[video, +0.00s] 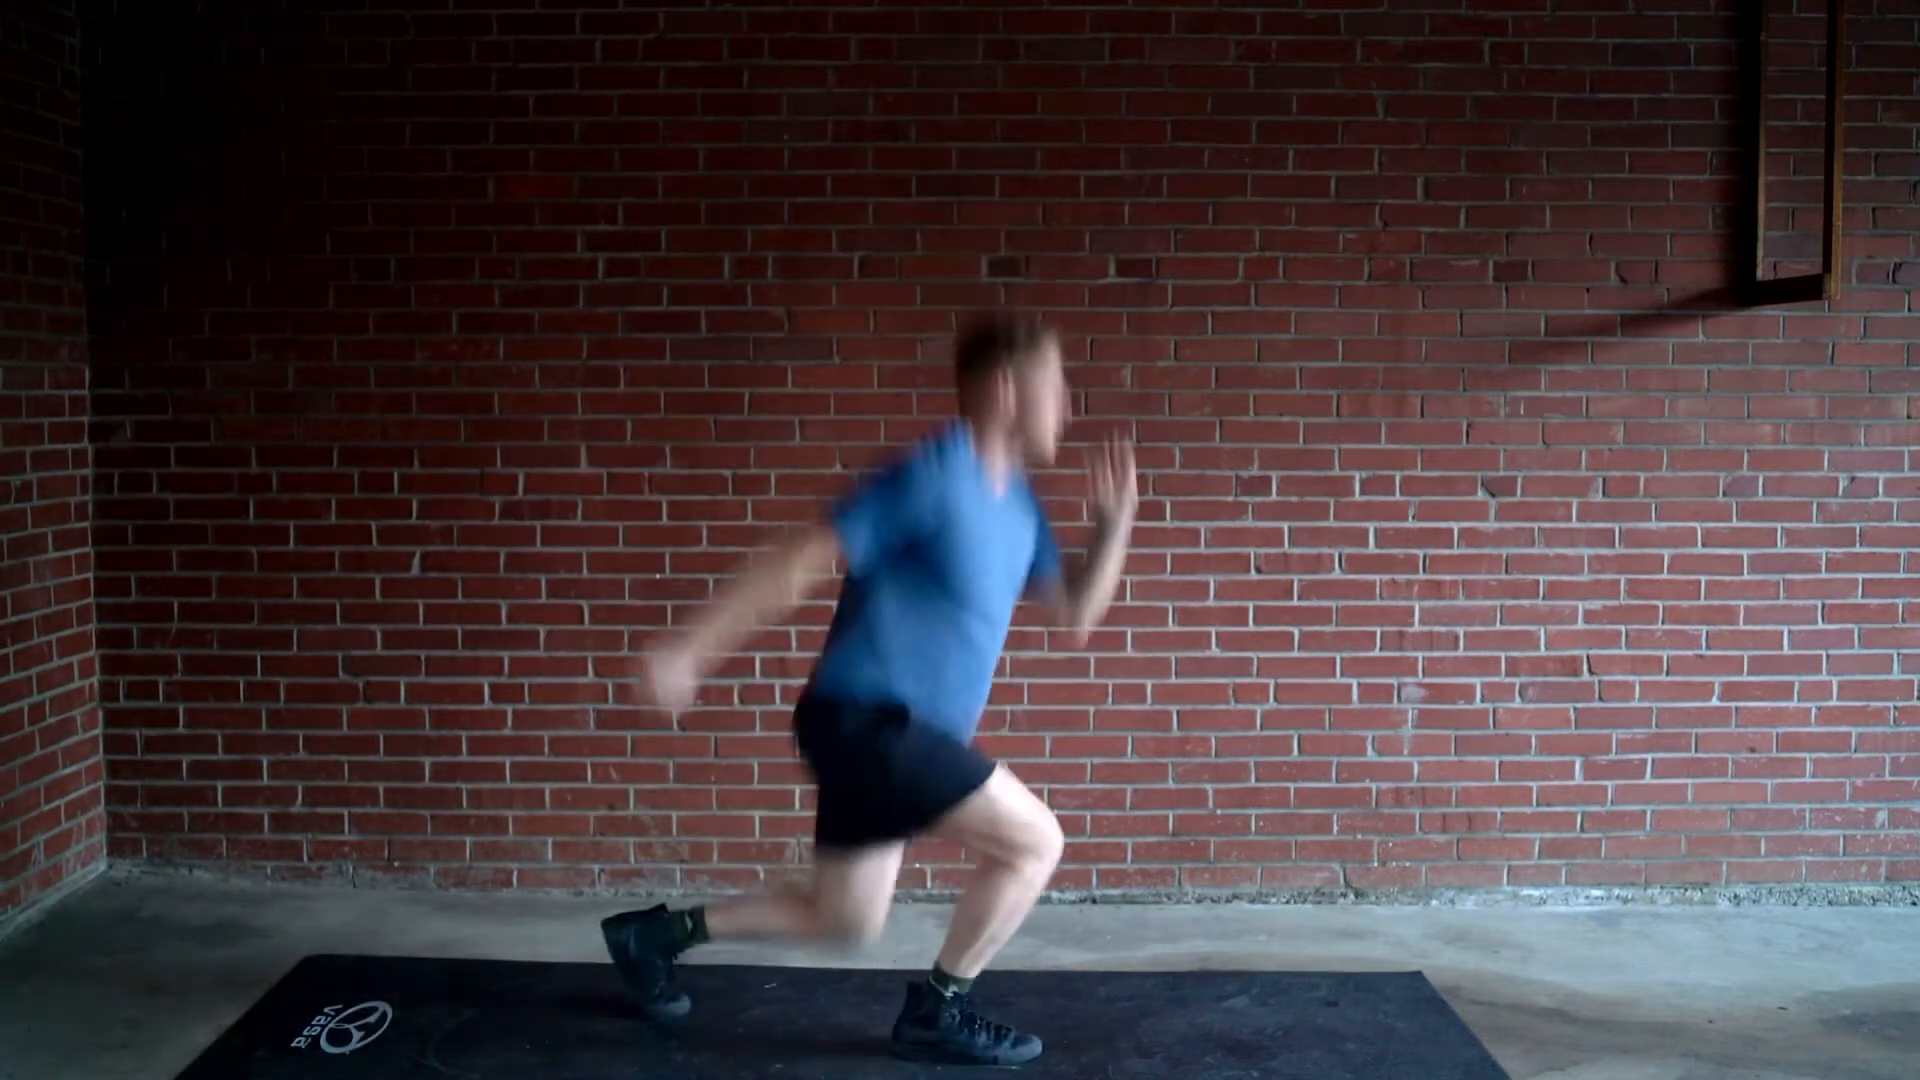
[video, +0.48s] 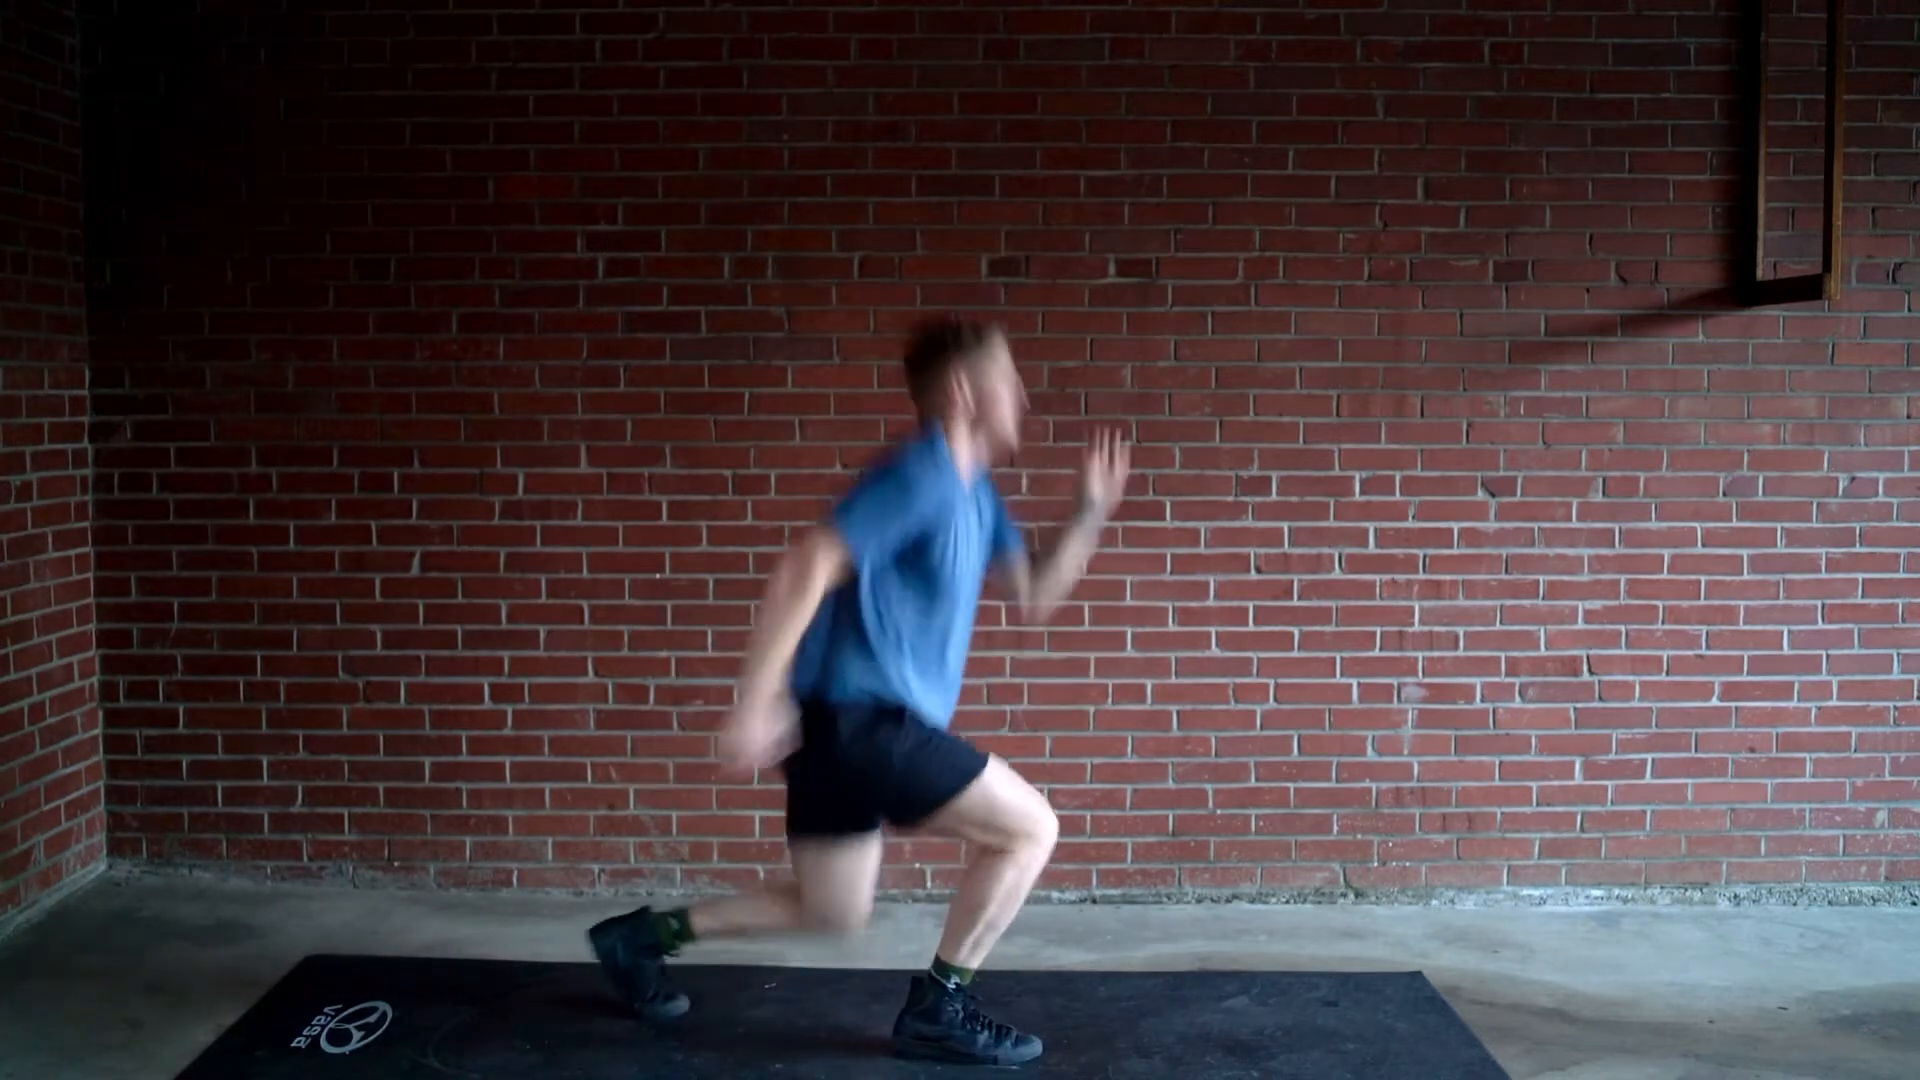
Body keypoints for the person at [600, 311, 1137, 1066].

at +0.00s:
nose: (1065, 399)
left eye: (1063, 380)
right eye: (1053, 380)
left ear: (1019, 388)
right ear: (1002, 386)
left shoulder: (1020, 504)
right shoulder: (933, 476)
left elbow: (1073, 616)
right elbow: (803, 558)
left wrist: (1115, 522)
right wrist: (688, 651)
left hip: (910, 727)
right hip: (862, 719)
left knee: (846, 914)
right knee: (1033, 842)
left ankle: (660, 932)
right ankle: (937, 1009)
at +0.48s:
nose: (1021, 393)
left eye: (1015, 376)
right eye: (1007, 376)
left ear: (966, 391)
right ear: (962, 389)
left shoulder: (973, 488)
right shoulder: (920, 476)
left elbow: (1034, 595)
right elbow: (809, 560)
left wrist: (1092, 514)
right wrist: (756, 697)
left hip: (851, 725)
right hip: (863, 724)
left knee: (831, 906)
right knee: (1029, 829)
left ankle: (644, 936)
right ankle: (940, 1004)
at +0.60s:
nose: (987, 258)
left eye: (983, 240)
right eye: (972, 239)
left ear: (937, 253)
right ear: (925, 252)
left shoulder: (945, 347)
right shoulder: (906, 337)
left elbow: (995, 435)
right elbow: (835, 434)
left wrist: (1078, 419)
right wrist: (870, 572)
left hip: (855, 606)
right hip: (880, 611)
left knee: (815, 781)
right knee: (982, 797)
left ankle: (669, 919)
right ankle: (939, 997)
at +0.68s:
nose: (971, 181)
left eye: (969, 164)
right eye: (958, 163)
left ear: (934, 173)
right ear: (911, 169)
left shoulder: (937, 268)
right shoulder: (888, 249)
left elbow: (951, 376)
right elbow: (851, 367)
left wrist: (1021, 431)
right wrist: (935, 433)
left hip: (880, 521)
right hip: (873, 526)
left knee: (804, 711)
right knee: (895, 744)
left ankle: (711, 869)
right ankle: (920, 944)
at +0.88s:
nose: (975, 121)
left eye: (973, 104)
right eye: (963, 104)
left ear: (914, 109)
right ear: (916, 108)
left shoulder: (899, 190)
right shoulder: (886, 191)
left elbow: (882, 327)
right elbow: (940, 316)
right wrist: (1023, 240)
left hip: (875, 467)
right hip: (850, 467)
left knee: (882, 670)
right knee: (839, 685)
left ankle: (847, 859)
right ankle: (704, 850)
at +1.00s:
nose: (981, 183)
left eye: (978, 165)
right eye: (969, 164)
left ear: (911, 172)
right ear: (919, 169)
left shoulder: (862, 257)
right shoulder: (904, 259)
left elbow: (780, 366)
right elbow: (972, 395)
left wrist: (729, 465)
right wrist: (1019, 290)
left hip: (861, 535)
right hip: (830, 535)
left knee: (912, 718)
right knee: (792, 749)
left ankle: (905, 910)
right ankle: (648, 905)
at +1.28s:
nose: (996, 476)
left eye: (993, 460)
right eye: (984, 459)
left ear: (932, 471)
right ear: (937, 469)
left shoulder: (868, 532)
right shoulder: (906, 557)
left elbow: (768, 604)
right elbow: (966, 709)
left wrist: (717, 695)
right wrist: (1019, 605)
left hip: (828, 762)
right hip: (769, 780)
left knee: (966, 812)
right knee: (835, 992)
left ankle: (896, 981)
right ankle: (630, 974)